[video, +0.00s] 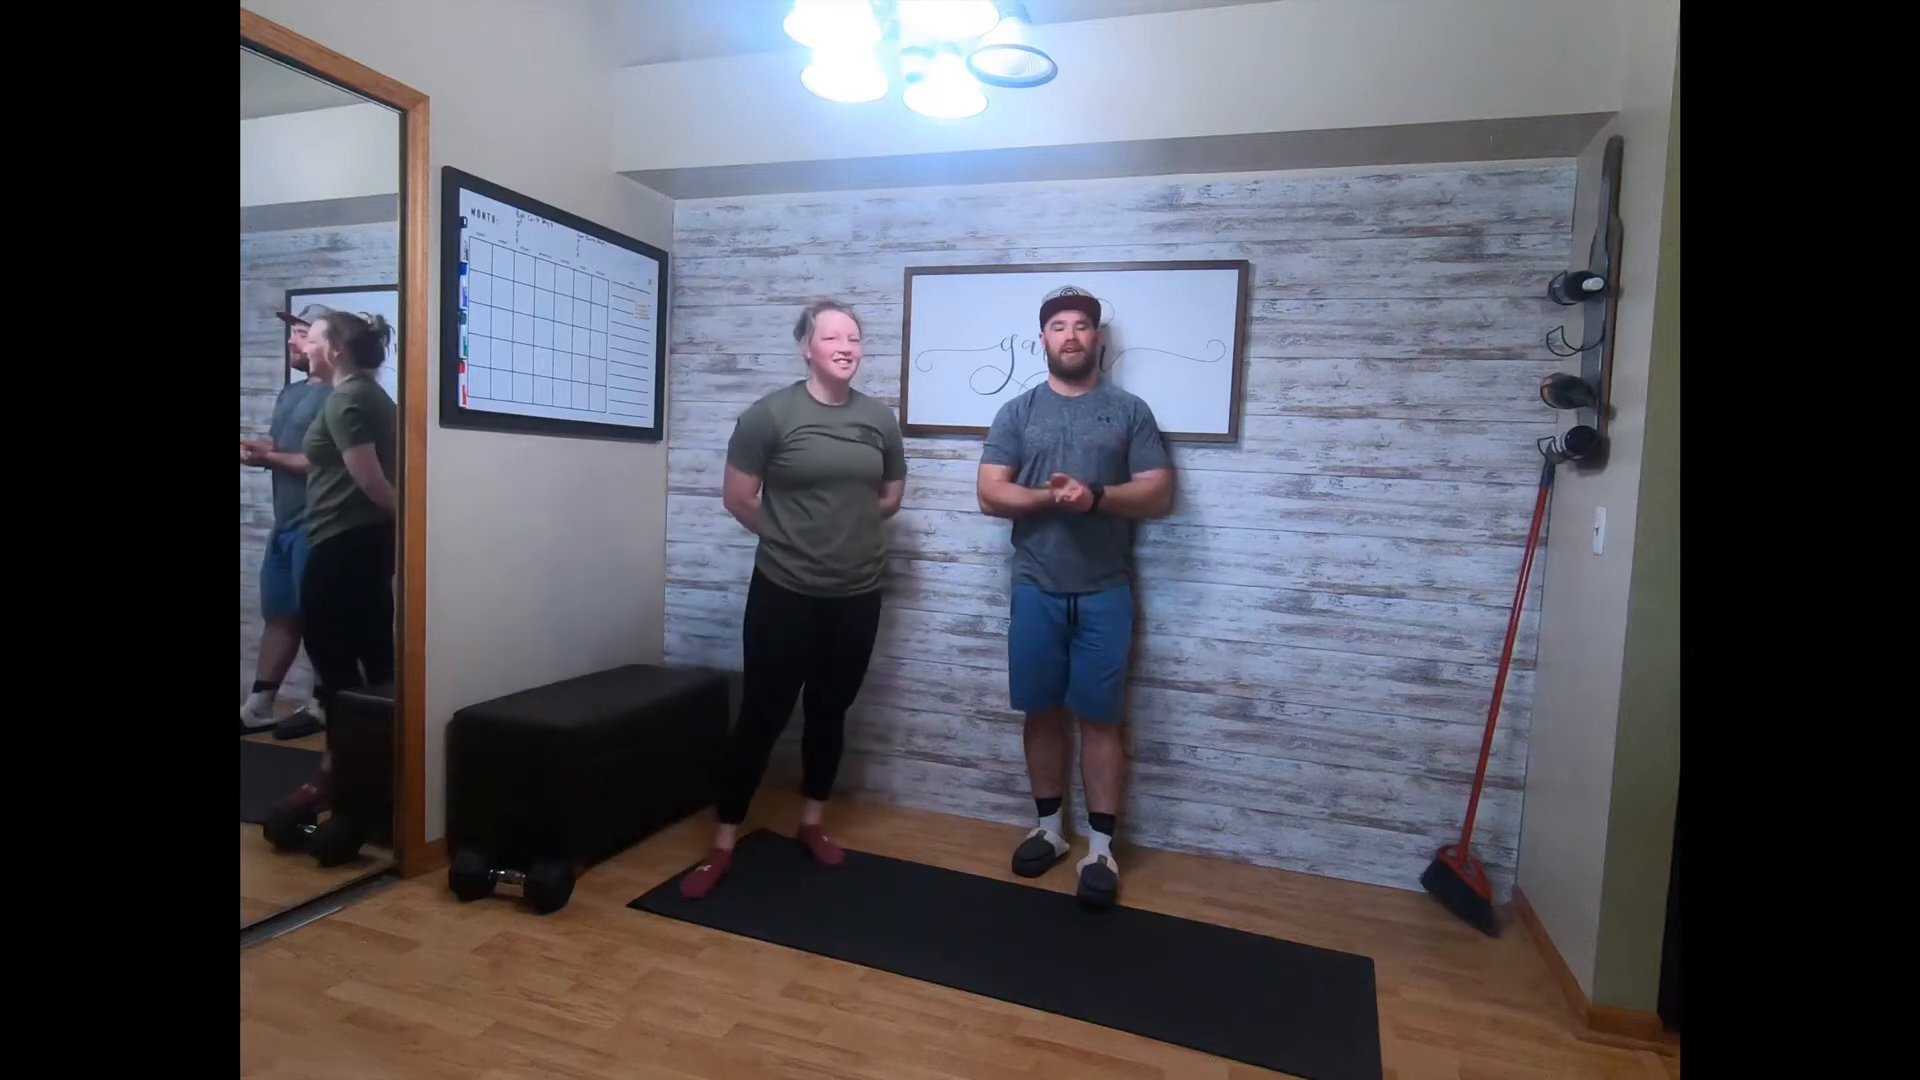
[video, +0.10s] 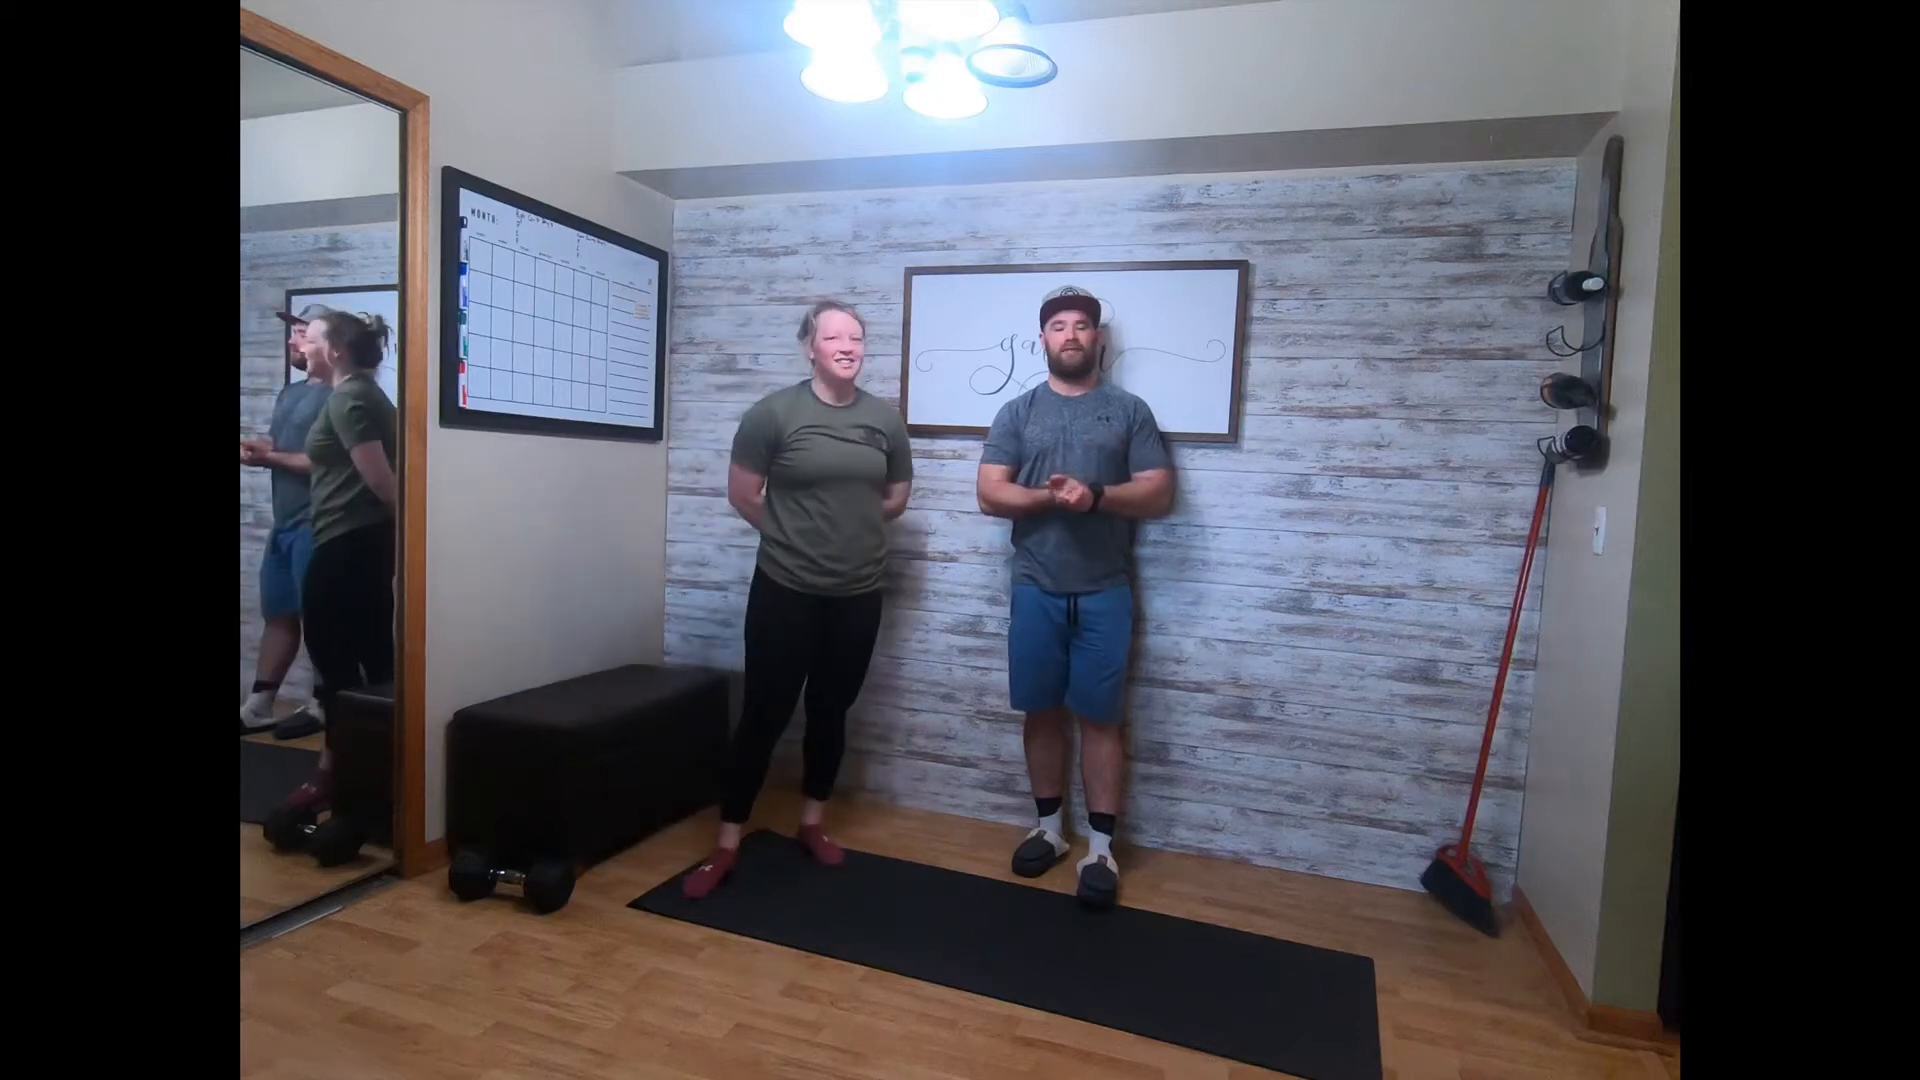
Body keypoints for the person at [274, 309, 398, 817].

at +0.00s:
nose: (312, 347)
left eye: (318, 340)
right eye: (315, 339)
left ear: (337, 351)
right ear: (362, 354)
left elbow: (370, 477)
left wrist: (410, 513)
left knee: (326, 646)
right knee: (377, 644)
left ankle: (347, 756)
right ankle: (390, 749)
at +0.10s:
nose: (309, 347)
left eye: (316, 340)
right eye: (312, 339)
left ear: (336, 352)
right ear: (357, 354)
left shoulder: (349, 399)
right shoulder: (366, 396)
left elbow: (382, 479)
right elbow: (326, 462)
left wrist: (419, 519)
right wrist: (271, 456)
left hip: (347, 542)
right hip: (370, 538)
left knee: (329, 648)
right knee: (376, 648)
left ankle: (341, 766)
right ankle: (387, 759)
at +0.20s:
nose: (306, 352)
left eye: (313, 343)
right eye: (307, 343)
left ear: (335, 352)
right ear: (351, 354)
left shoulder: (354, 398)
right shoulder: (350, 397)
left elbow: (391, 481)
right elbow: (333, 467)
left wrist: (422, 523)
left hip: (357, 541)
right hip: (357, 539)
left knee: (339, 652)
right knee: (358, 652)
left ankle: (340, 773)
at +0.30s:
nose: (307, 355)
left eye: (314, 345)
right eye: (307, 345)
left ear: (337, 351)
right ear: (353, 353)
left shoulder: (358, 399)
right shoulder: (347, 399)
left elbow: (398, 482)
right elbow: (324, 463)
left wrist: (420, 536)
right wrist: (272, 456)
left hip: (362, 540)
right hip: (352, 538)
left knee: (342, 648)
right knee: (358, 648)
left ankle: (341, 768)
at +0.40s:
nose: (309, 356)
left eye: (315, 347)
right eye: (310, 347)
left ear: (336, 351)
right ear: (352, 352)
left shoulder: (363, 399)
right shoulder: (345, 399)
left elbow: (404, 484)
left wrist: (419, 543)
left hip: (366, 543)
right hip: (349, 542)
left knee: (351, 660)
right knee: (352, 656)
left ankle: (346, 773)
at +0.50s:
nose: (304, 357)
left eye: (312, 347)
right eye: (304, 348)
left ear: (340, 350)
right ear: (343, 351)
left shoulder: (362, 397)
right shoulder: (345, 398)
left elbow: (405, 481)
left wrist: (418, 546)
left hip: (366, 542)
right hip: (349, 541)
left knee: (354, 649)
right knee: (351, 646)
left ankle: (361, 767)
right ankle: (361, 763)